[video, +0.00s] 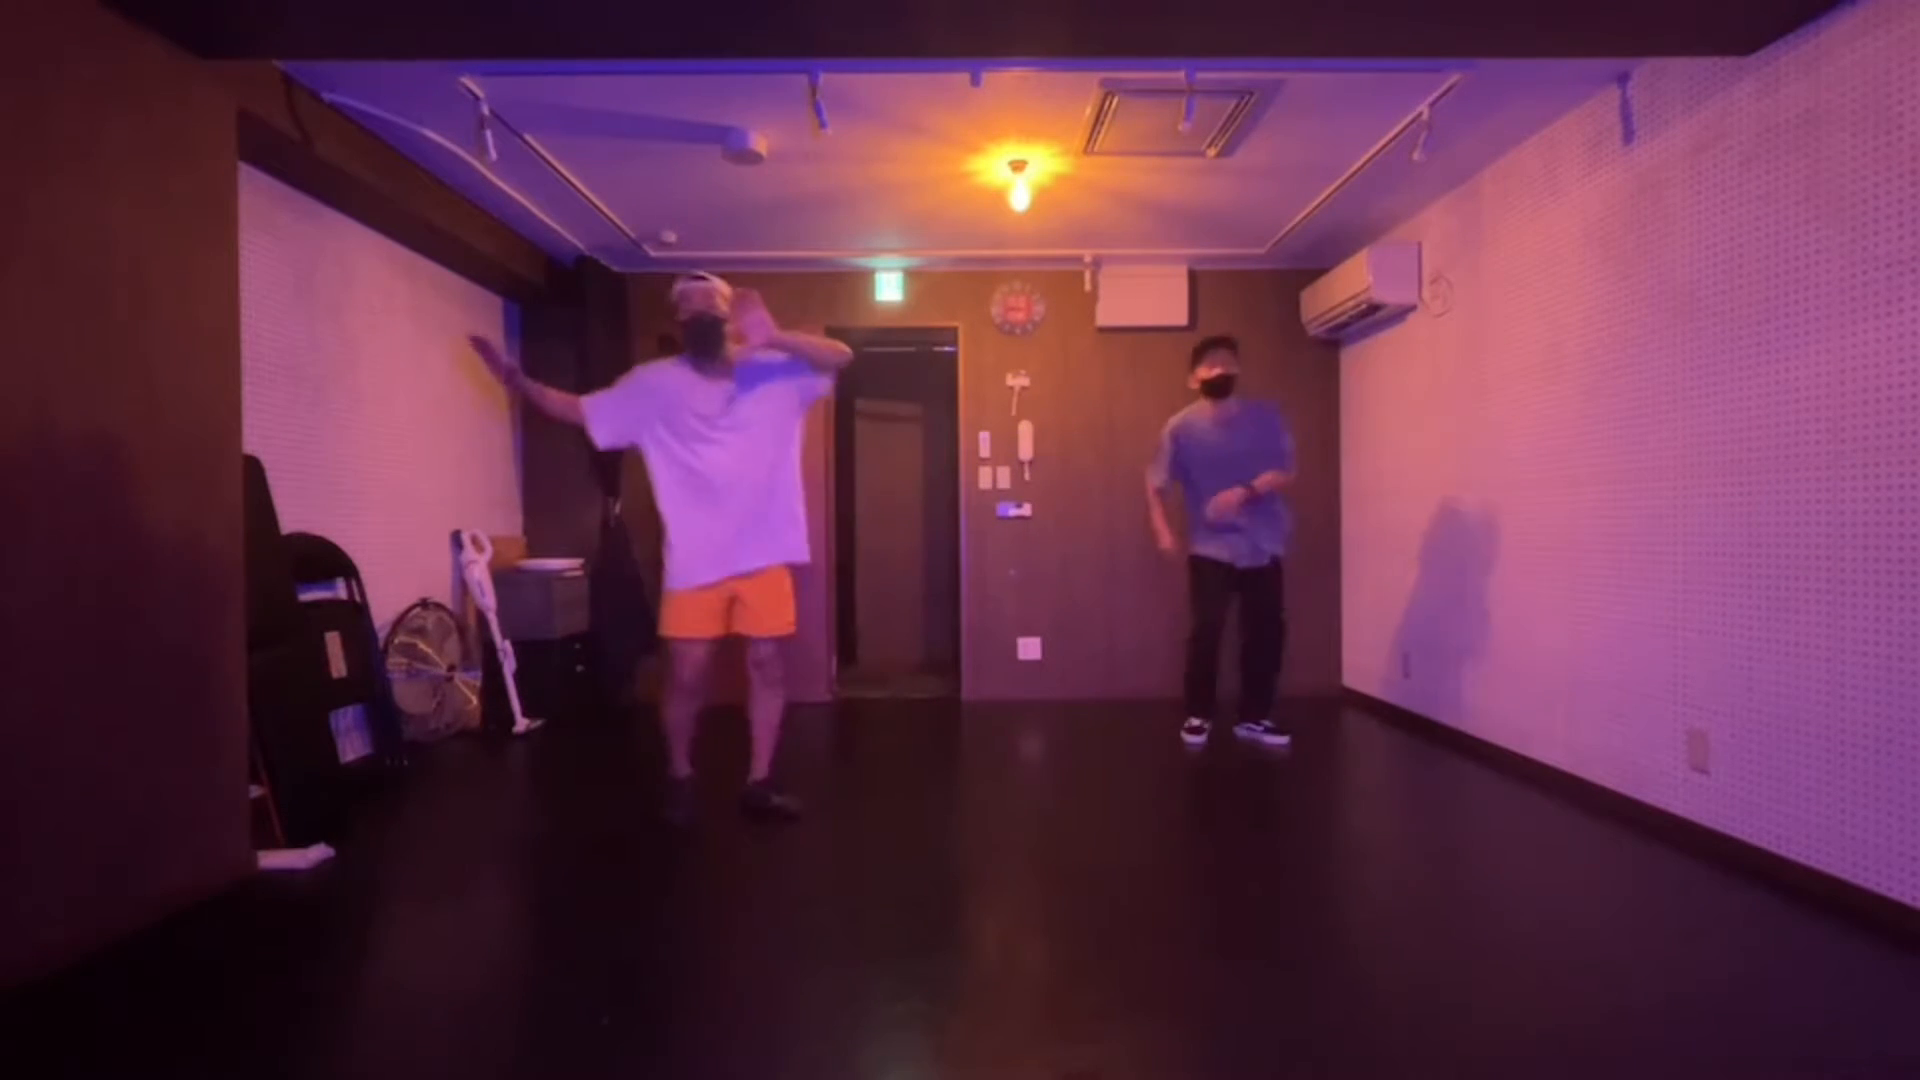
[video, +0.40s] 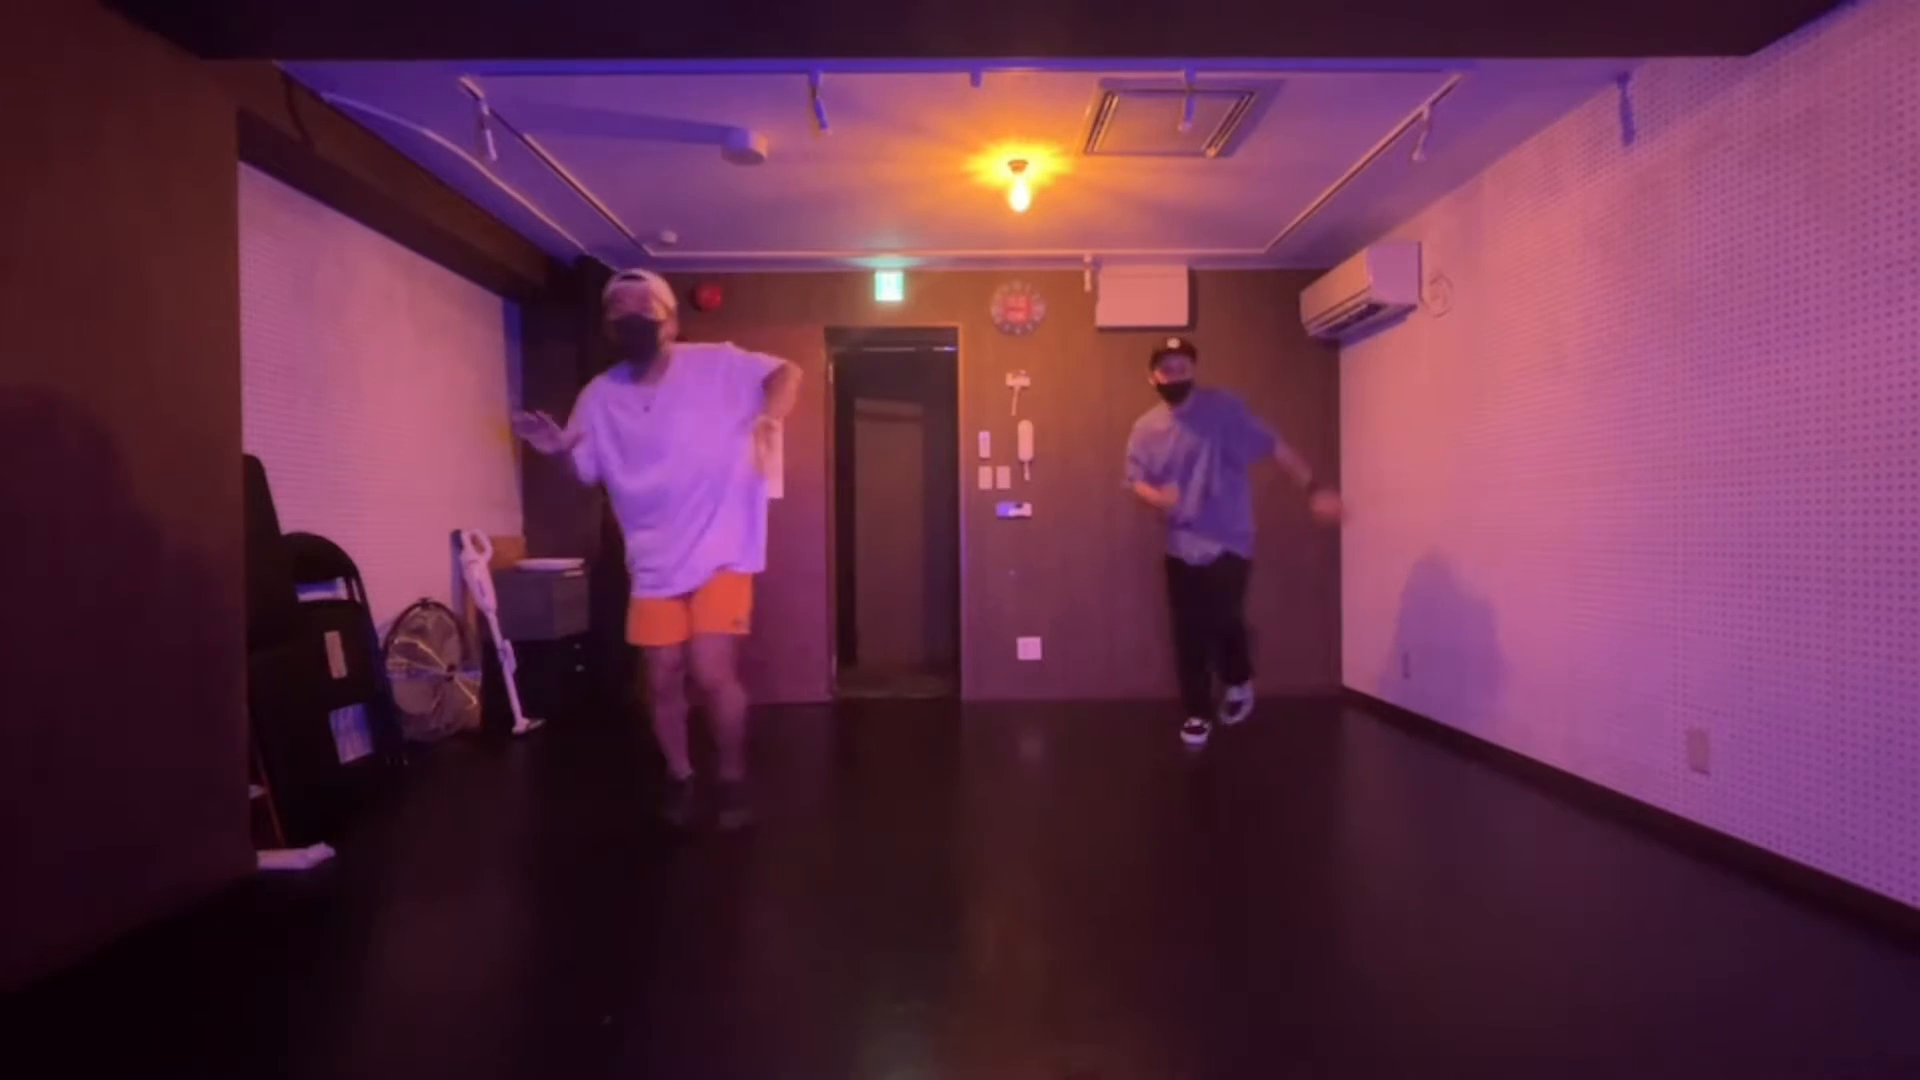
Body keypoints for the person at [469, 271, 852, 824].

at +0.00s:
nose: (699, 316)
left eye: (709, 306)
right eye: (688, 309)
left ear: (731, 318)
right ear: (676, 324)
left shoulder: (774, 374)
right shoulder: (657, 382)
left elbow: (841, 356)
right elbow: (579, 409)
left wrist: (773, 335)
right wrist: (514, 378)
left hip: (765, 551)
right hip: (694, 556)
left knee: (767, 661)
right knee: (688, 672)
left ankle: (760, 783)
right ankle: (680, 780)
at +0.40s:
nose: (635, 323)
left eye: (646, 312)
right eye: (623, 315)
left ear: (670, 319)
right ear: (609, 328)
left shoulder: (713, 363)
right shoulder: (599, 396)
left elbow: (786, 372)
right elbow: (587, 469)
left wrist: (769, 418)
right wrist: (558, 447)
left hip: (723, 544)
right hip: (654, 555)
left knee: (711, 667)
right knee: (663, 676)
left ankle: (732, 783)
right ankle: (680, 783)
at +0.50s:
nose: (613, 345)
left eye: (624, 333)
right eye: (600, 337)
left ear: (649, 339)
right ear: (586, 351)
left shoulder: (701, 377)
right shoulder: (587, 425)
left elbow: (777, 375)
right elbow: (569, 499)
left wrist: (810, 438)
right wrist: (544, 455)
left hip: (720, 551)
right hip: (652, 566)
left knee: (682, 677)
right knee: (649, 689)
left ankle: (658, 805)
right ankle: (693, 779)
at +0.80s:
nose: (601, 363)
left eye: (613, 351)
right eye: (588, 355)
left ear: (640, 356)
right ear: (574, 368)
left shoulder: (694, 404)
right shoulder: (571, 441)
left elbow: (782, 440)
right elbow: (548, 525)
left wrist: (790, 517)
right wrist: (513, 518)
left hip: (700, 593)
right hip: (629, 603)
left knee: (659, 717)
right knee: (629, 728)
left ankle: (632, 823)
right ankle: (687, 767)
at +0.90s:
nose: (615, 339)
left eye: (629, 326)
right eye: (603, 328)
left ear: (657, 335)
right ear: (588, 340)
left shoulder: (707, 398)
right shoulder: (574, 423)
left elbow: (768, 476)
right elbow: (548, 505)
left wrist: (758, 544)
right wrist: (531, 558)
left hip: (695, 584)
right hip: (620, 587)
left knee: (661, 712)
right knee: (617, 711)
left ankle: (631, 823)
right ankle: (672, 752)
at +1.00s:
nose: (647, 316)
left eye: (661, 304)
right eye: (635, 305)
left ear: (688, 318)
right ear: (618, 317)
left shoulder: (725, 393)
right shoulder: (588, 398)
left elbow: (746, 492)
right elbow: (552, 495)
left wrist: (722, 565)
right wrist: (529, 585)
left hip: (695, 579)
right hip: (614, 578)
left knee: (665, 708)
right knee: (613, 700)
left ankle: (632, 820)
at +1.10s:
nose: (664, 303)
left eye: (678, 293)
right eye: (653, 293)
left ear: (704, 309)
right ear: (633, 306)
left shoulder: (735, 388)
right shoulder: (594, 385)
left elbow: (755, 484)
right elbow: (551, 483)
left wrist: (728, 543)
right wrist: (524, 566)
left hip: (696, 567)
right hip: (617, 561)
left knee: (667, 705)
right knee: (635, 680)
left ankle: (633, 822)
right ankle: (606, 764)